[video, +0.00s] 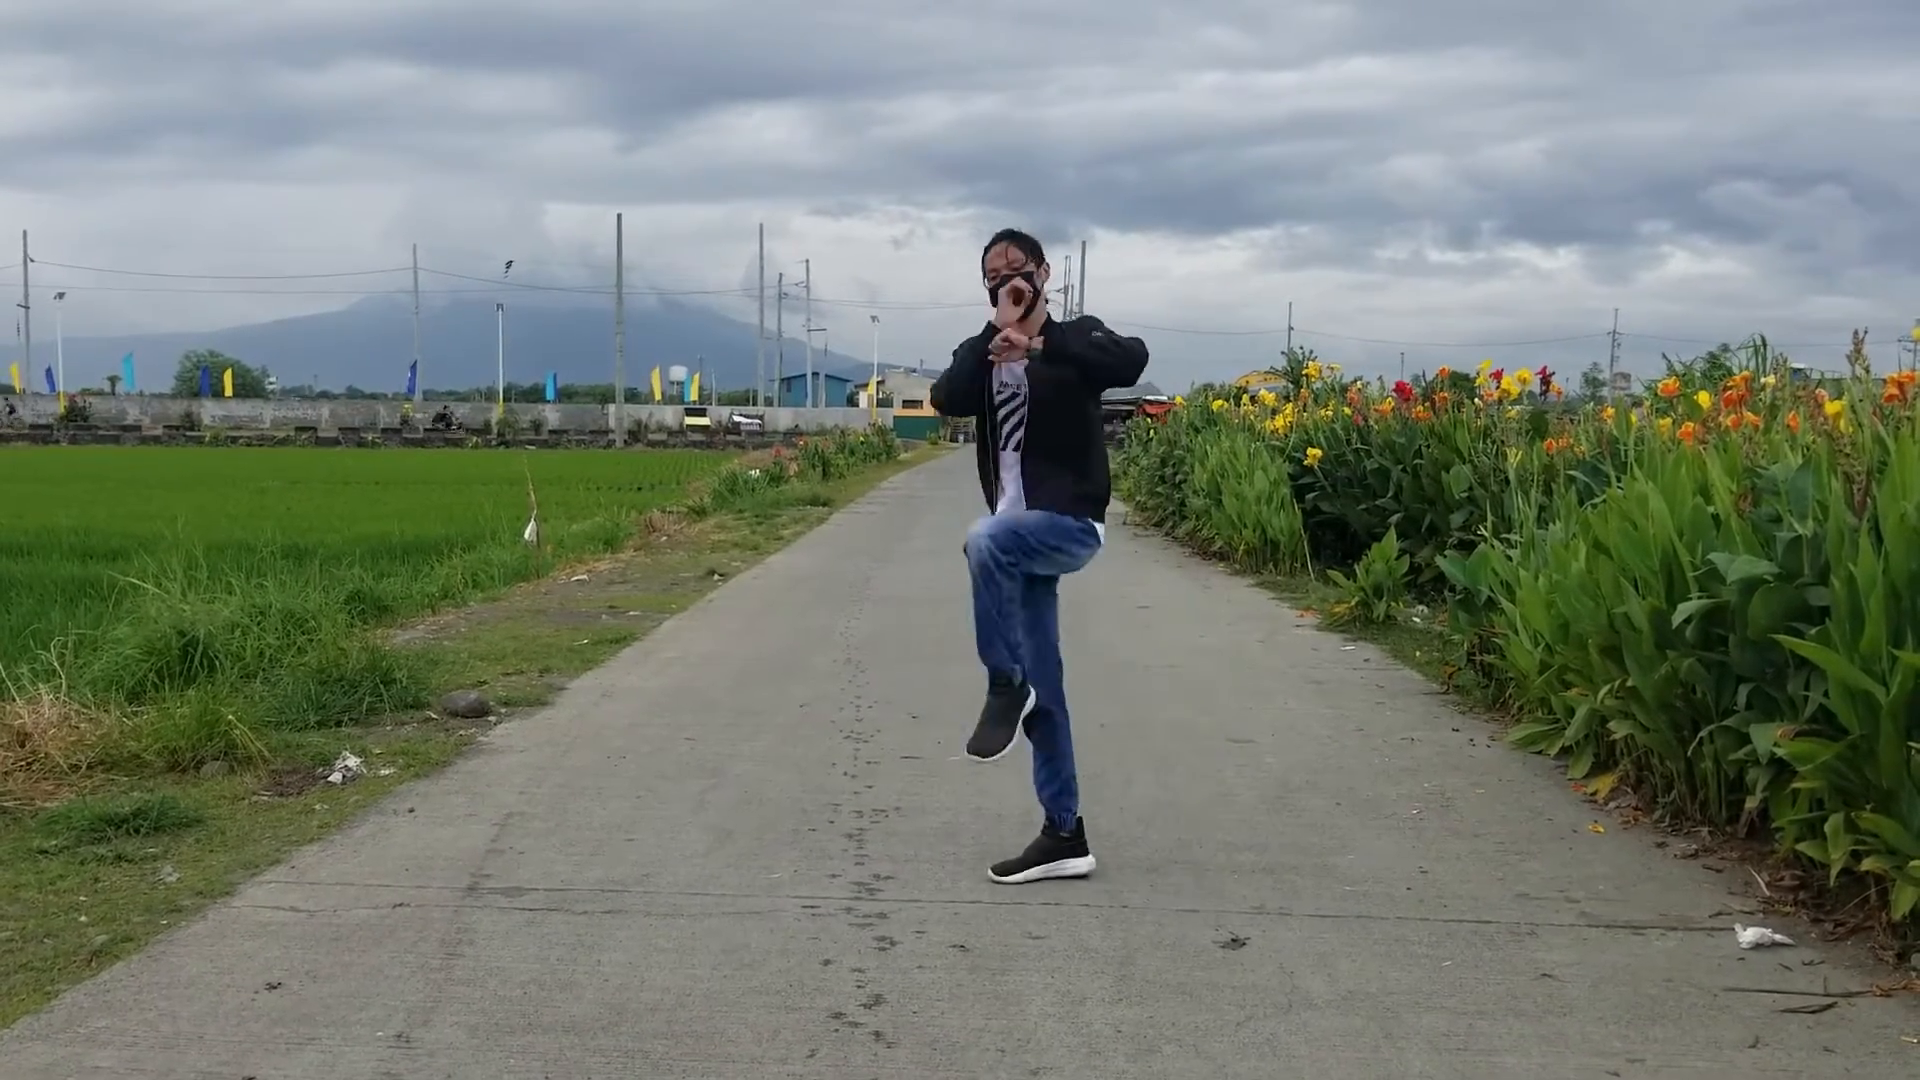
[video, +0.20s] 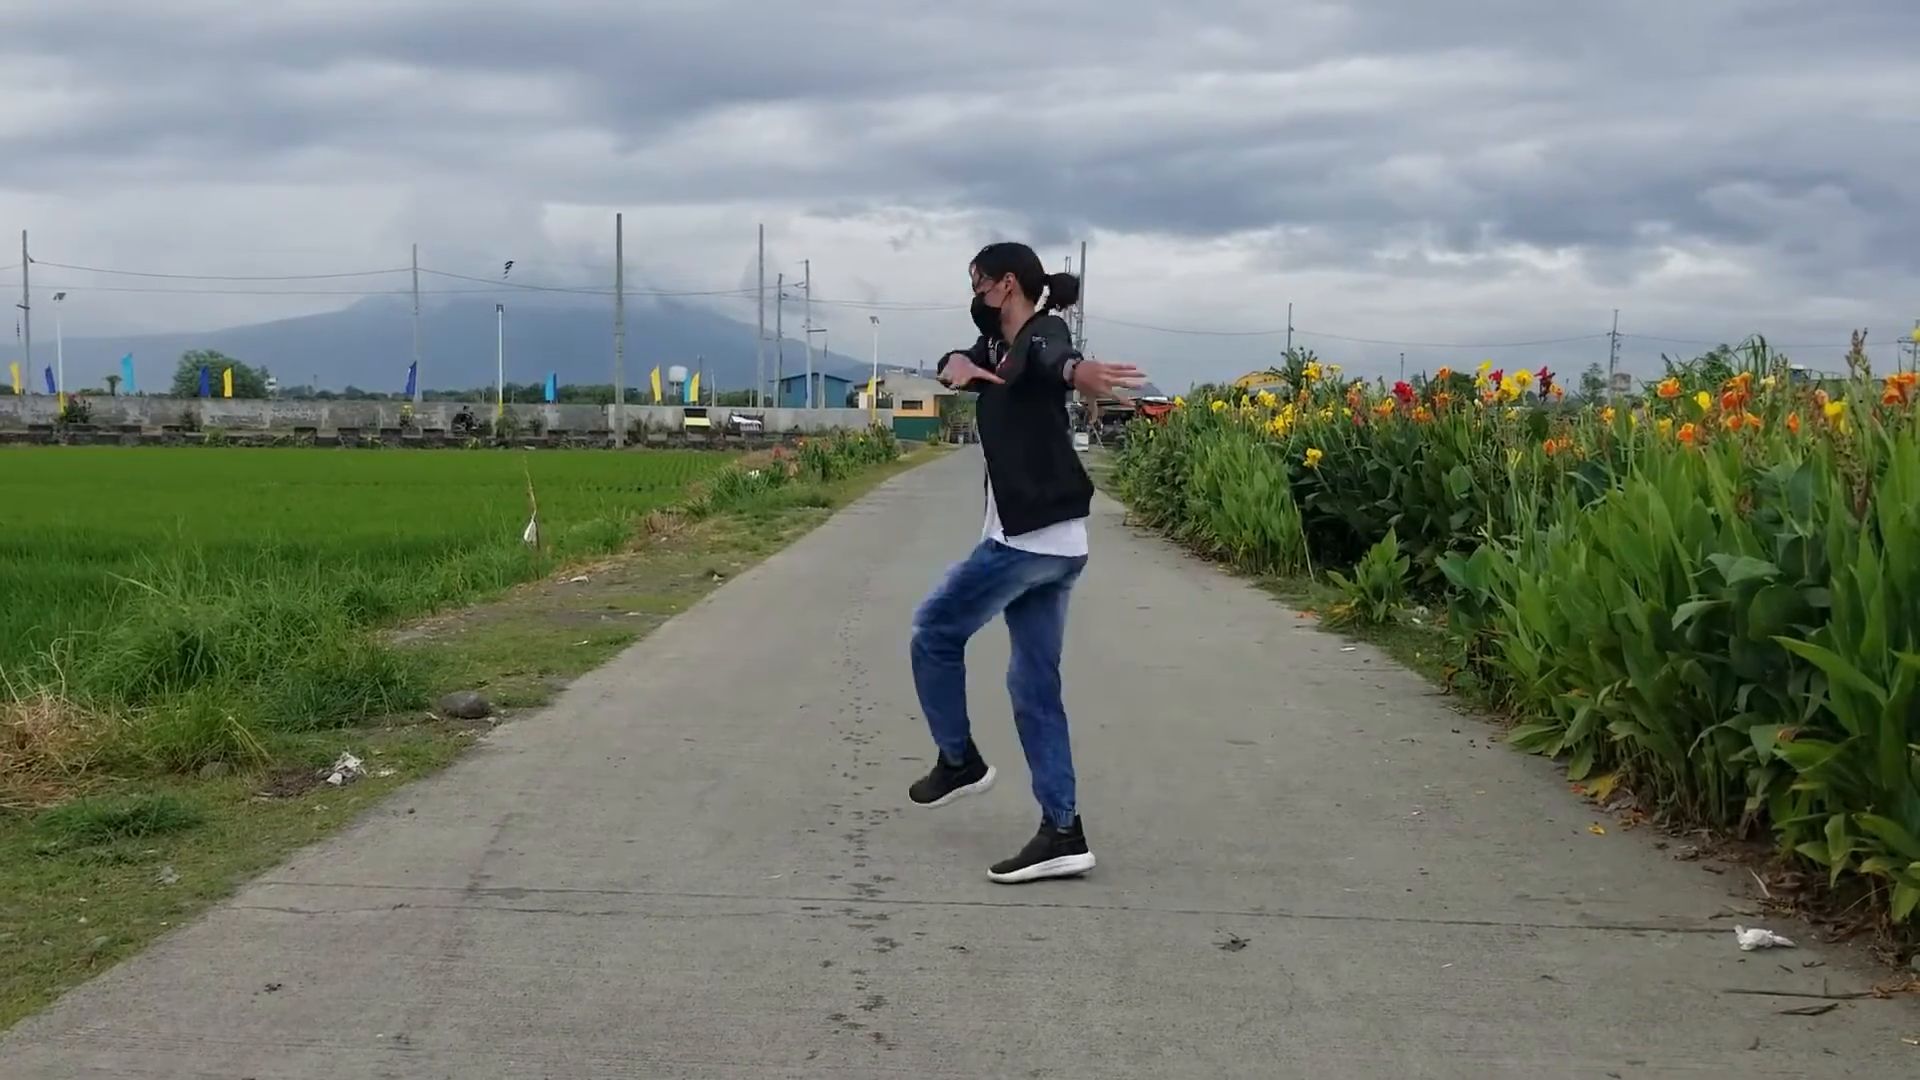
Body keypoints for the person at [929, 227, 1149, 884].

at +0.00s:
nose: (1007, 283)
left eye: (1016, 270)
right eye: (996, 277)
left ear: (1042, 273)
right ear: (986, 291)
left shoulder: (1077, 333)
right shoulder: (980, 350)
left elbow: (1131, 361)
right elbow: (949, 400)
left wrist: (1046, 347)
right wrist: (992, 337)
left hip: (1070, 520)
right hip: (1012, 524)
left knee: (987, 540)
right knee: (1040, 685)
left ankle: (1005, 685)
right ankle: (1064, 833)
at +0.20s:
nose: (975, 294)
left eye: (980, 284)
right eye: (975, 285)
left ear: (1009, 284)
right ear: (1009, 286)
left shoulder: (1045, 333)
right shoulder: (996, 344)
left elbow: (1047, 355)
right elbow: (951, 364)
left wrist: (1076, 370)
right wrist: (958, 369)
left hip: (1027, 540)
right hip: (1053, 541)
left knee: (935, 627)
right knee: (1035, 689)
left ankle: (958, 760)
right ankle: (1062, 831)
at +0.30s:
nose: (967, 303)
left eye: (970, 293)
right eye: (969, 293)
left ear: (983, 299)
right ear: (1020, 300)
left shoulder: (1022, 355)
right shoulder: (999, 360)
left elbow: (1045, 407)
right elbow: (958, 413)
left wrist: (1063, 464)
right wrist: (915, 450)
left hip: (1003, 553)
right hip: (1056, 550)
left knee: (980, 672)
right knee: (1031, 688)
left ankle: (975, 790)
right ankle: (1057, 826)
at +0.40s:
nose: (960, 321)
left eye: (962, 313)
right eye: (964, 311)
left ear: (971, 321)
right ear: (1014, 318)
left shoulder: (985, 390)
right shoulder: (1038, 375)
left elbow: (990, 485)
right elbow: (976, 470)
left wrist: (989, 576)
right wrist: (917, 518)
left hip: (1002, 564)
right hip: (1059, 560)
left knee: (989, 686)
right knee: (1039, 696)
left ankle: (990, 804)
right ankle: (1019, 786)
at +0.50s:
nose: (962, 330)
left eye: (962, 322)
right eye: (968, 321)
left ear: (968, 328)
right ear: (1018, 323)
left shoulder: (953, 400)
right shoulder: (1055, 375)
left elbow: (936, 495)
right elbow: (1056, 457)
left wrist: (919, 579)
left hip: (983, 558)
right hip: (1053, 549)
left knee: (991, 683)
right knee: (1069, 674)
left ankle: (995, 808)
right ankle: (1003, 728)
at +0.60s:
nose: (1026, 297)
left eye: (1014, 289)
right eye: (1026, 288)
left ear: (976, 300)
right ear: (1027, 293)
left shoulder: (948, 370)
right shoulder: (1061, 348)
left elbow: (913, 456)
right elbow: (1107, 427)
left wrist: (943, 507)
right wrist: (1072, 398)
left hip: (983, 537)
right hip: (1048, 530)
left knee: (1007, 656)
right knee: (1106, 642)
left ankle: (991, 777)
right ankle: (996, 703)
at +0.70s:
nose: (1044, 292)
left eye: (1041, 283)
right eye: (1042, 284)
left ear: (990, 288)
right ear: (1031, 289)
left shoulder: (958, 353)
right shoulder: (1042, 343)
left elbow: (933, 425)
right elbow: (1098, 403)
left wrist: (983, 461)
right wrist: (1116, 366)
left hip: (995, 529)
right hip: (1044, 526)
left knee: (1057, 637)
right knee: (1074, 659)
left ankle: (1065, 740)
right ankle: (969, 772)